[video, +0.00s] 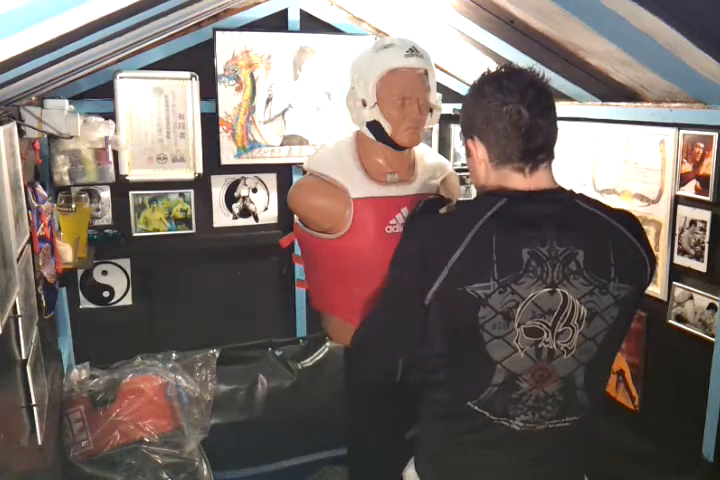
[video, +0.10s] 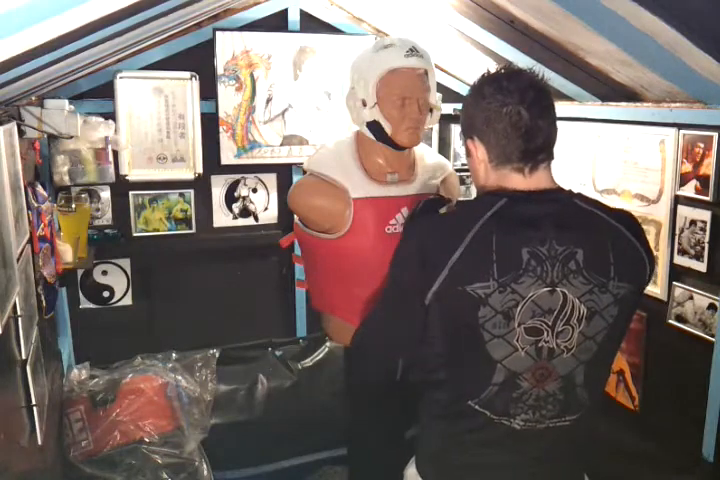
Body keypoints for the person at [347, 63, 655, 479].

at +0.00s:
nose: (466, 160)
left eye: (465, 148)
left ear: (477, 154)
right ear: (552, 143)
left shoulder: (440, 234)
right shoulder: (625, 238)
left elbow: (372, 360)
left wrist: (379, 467)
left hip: (456, 459)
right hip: (569, 461)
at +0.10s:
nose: (466, 159)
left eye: (465, 148)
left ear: (476, 154)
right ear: (551, 143)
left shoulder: (440, 235)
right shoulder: (624, 238)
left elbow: (372, 359)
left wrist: (378, 467)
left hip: (455, 461)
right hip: (566, 463)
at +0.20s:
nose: (467, 158)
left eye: (465, 146)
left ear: (477, 153)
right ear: (551, 142)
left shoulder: (437, 237)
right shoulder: (624, 236)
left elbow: (372, 345)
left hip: (458, 461)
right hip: (567, 462)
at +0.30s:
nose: (468, 158)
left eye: (466, 146)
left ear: (477, 152)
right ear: (556, 141)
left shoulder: (443, 234)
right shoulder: (618, 229)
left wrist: (421, 188)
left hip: (463, 459)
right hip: (567, 458)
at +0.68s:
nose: (451, 171)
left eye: (453, 161)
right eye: (451, 162)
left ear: (466, 172)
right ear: (536, 160)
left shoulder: (460, 262)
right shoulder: (579, 236)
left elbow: (397, 319)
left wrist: (429, 217)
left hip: (472, 447)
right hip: (554, 440)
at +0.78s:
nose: (457, 165)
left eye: (460, 155)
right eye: (459, 155)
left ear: (471, 165)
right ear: (539, 163)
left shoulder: (456, 271)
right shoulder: (579, 242)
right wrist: (466, 240)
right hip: (545, 452)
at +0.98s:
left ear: (505, 82)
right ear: (580, 90)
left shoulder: (459, 145)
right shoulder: (590, 177)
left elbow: (415, 105)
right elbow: (651, 209)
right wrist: (594, 131)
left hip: (439, 379)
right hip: (531, 396)